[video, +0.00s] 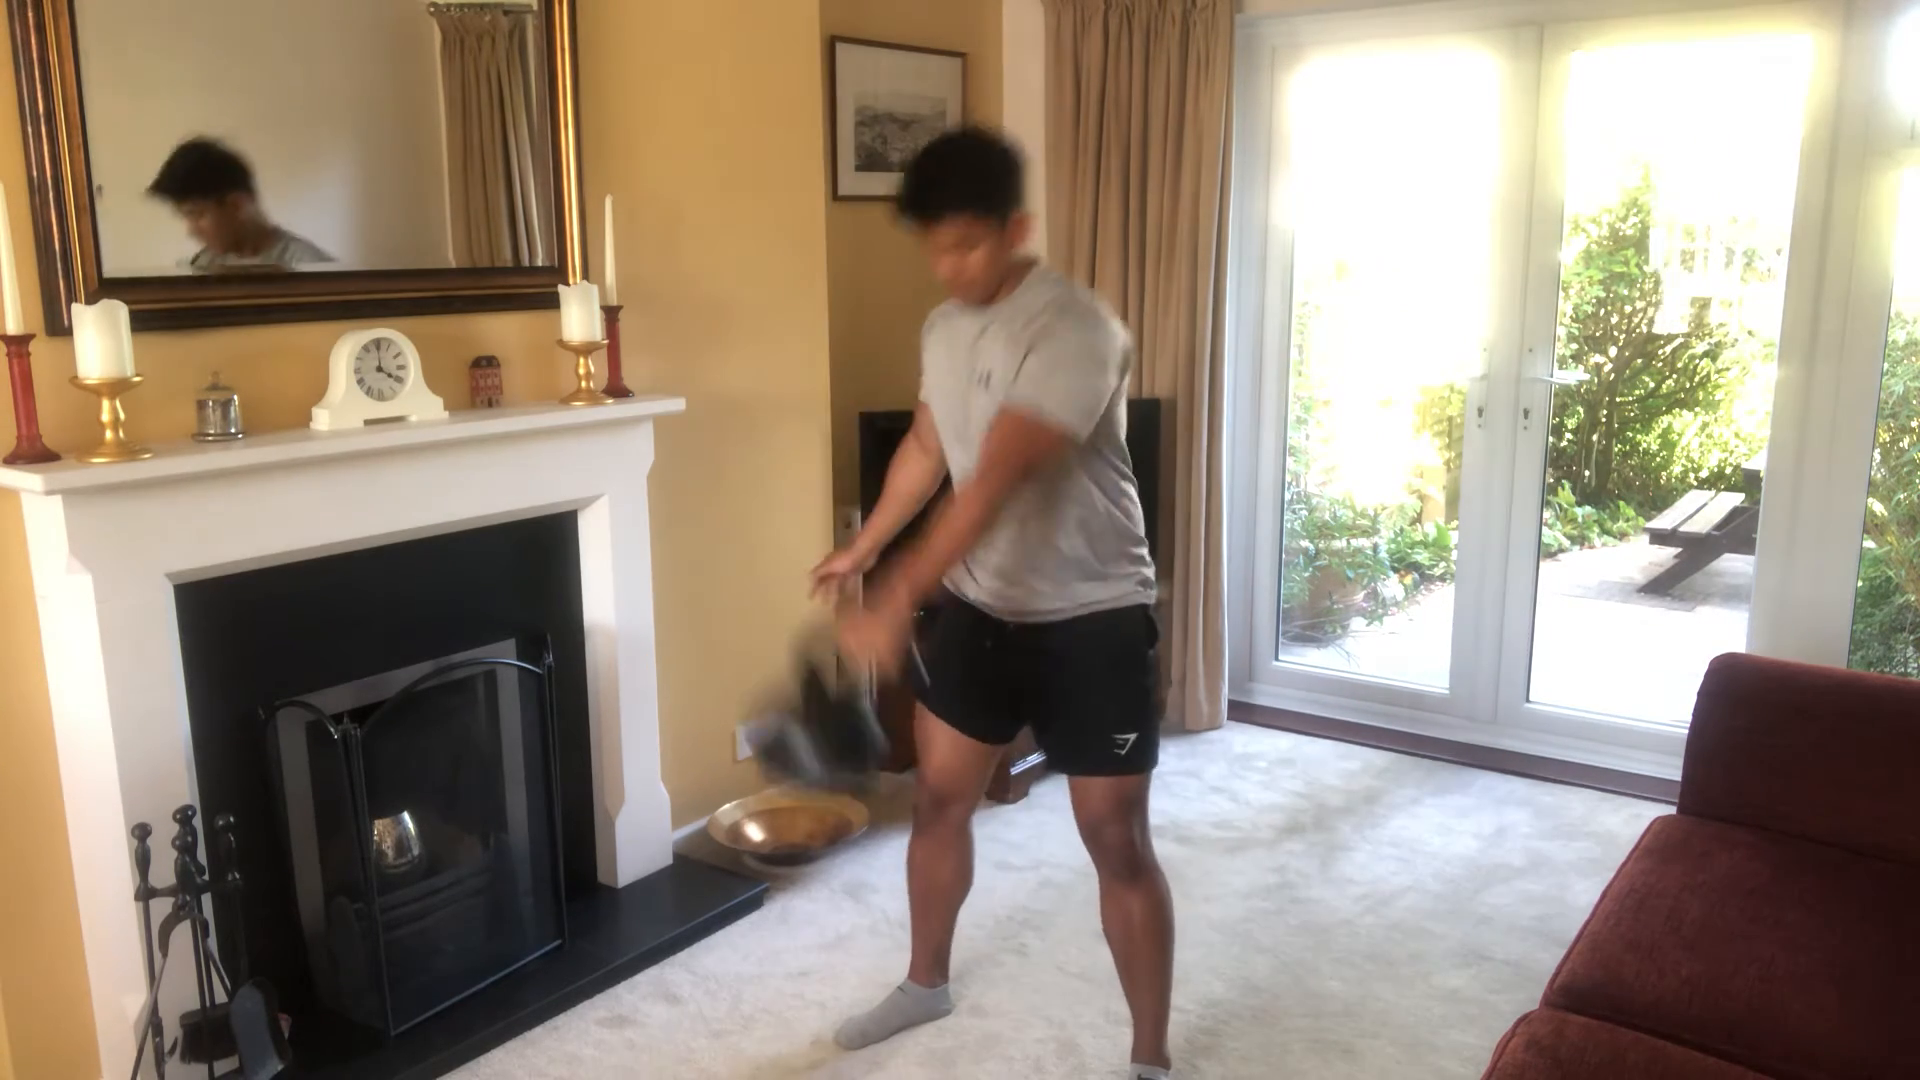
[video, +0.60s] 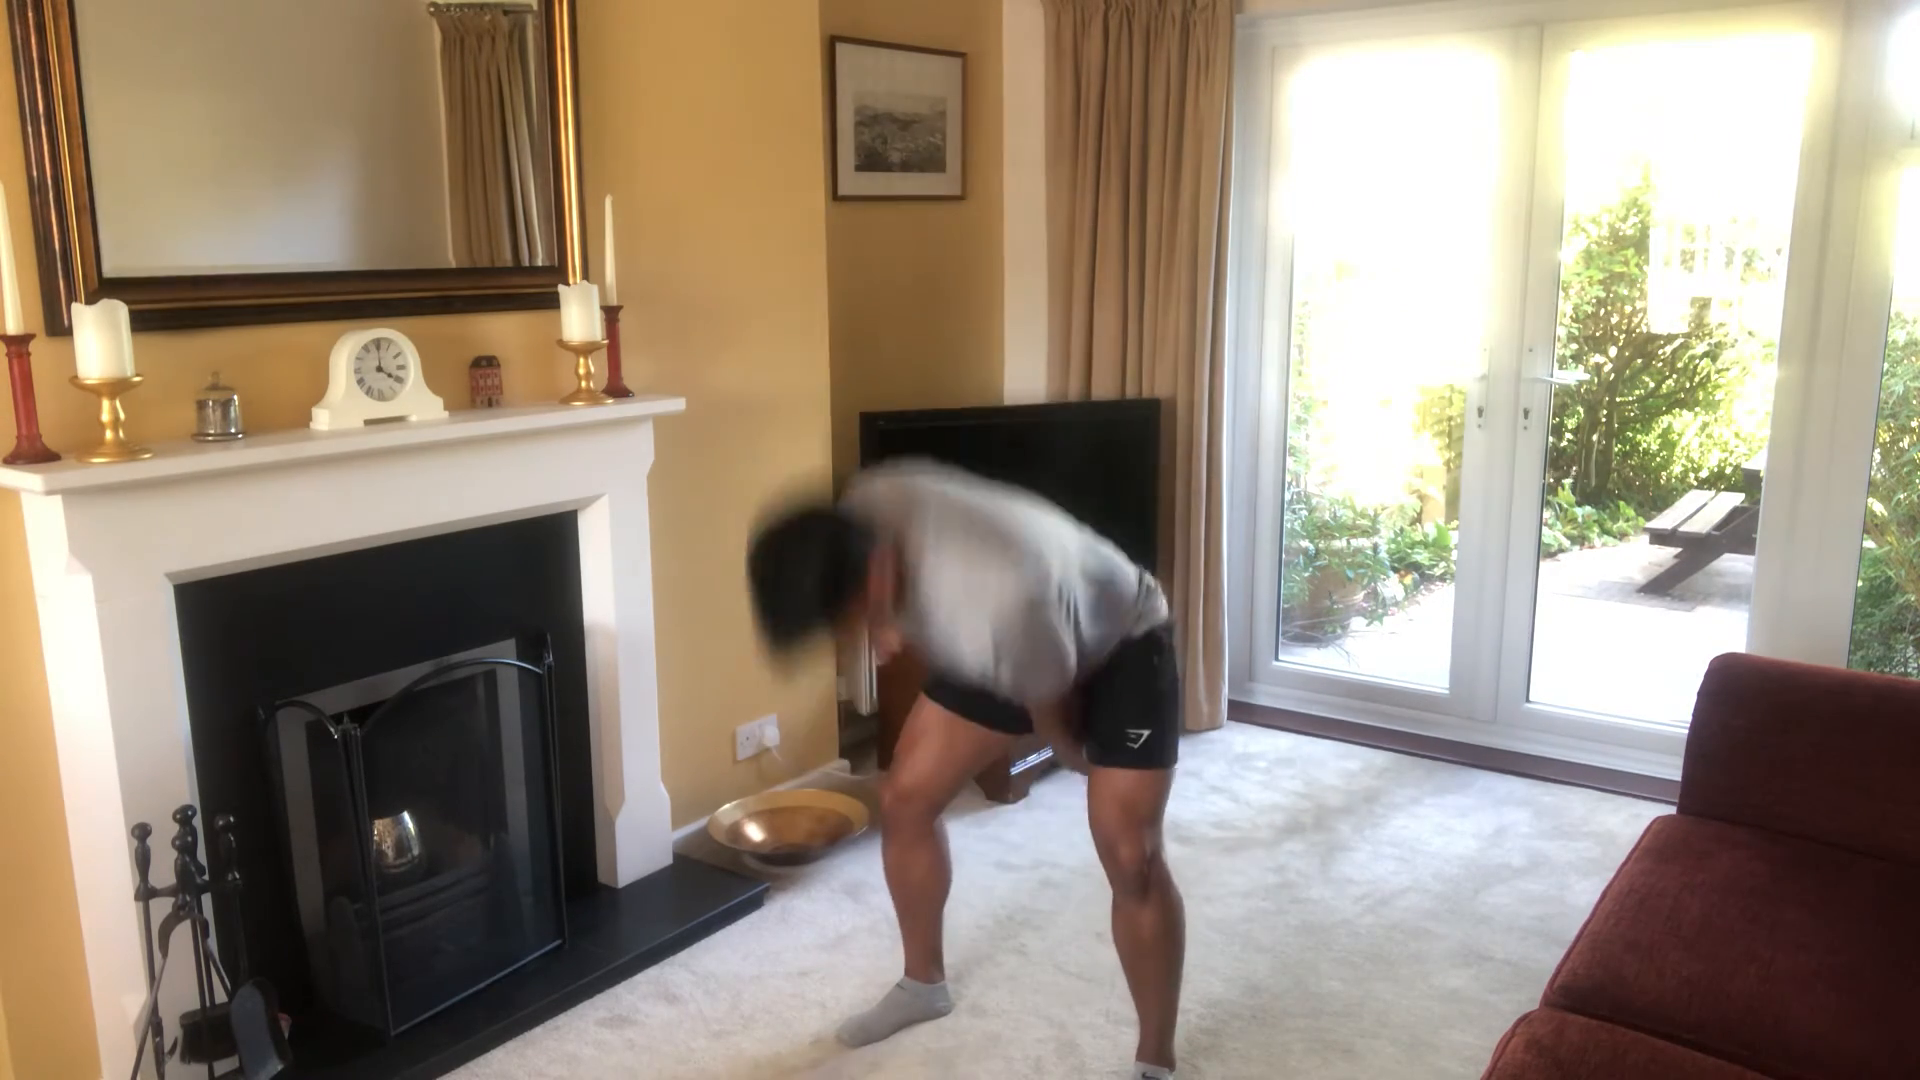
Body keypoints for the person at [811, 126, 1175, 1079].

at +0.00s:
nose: (949, 265)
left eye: (967, 243)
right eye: (935, 247)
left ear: (1019, 229)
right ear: (921, 241)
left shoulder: (1079, 327)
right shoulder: (946, 327)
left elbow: (996, 477)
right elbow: (926, 445)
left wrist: (897, 600)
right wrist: (864, 544)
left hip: (1093, 616)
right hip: (976, 608)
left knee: (1116, 839)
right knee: (938, 800)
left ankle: (1151, 1056)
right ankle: (926, 983)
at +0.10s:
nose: (895, 332)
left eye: (905, 311)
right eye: (884, 315)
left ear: (955, 291)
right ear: (885, 304)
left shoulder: (1045, 372)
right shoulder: (920, 360)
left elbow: (1004, 565)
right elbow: (916, 460)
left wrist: (946, 712)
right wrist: (856, 559)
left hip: (1105, 619)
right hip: (1001, 612)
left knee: (1124, 844)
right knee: (925, 774)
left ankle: (1152, 1057)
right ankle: (924, 981)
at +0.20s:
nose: (847, 456)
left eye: (849, 438)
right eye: (836, 441)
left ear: (890, 409)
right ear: (887, 399)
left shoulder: (1013, 467)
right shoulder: (908, 423)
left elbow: (1019, 642)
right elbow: (899, 502)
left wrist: (1005, 768)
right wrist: (870, 585)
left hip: (1115, 639)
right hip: (1005, 632)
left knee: (1129, 857)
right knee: (909, 801)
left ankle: (1153, 1061)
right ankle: (923, 983)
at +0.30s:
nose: (834, 584)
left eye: (834, 574)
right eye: (826, 577)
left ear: (871, 538)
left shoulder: (996, 567)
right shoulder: (879, 472)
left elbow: (1035, 693)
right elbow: (902, 546)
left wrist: (1053, 770)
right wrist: (891, 606)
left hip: (1118, 648)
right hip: (1007, 640)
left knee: (1128, 866)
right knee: (897, 805)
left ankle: (1153, 1062)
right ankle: (923, 984)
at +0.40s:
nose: (844, 690)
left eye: (837, 682)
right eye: (829, 689)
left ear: (858, 641)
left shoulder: (992, 654)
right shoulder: (850, 543)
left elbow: (1065, 743)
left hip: (1122, 655)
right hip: (1007, 650)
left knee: (1130, 867)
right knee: (894, 807)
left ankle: (1154, 1061)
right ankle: (924, 984)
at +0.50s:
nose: (845, 729)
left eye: (842, 718)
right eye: (834, 725)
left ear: (870, 670)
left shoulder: (995, 672)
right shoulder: (843, 567)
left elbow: (1069, 745)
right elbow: (897, 691)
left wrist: (1026, 775)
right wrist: (986, 771)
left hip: (1122, 645)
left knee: (1131, 861)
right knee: (895, 805)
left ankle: (1156, 1059)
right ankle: (924, 984)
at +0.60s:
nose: (854, 621)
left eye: (851, 609)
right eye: (840, 618)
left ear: (874, 570)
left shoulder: (1001, 598)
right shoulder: (870, 499)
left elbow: (1059, 721)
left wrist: (1078, 756)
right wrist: (888, 627)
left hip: (1120, 640)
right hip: (1006, 634)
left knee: (1132, 859)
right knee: (906, 799)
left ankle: (1156, 1060)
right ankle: (924, 982)